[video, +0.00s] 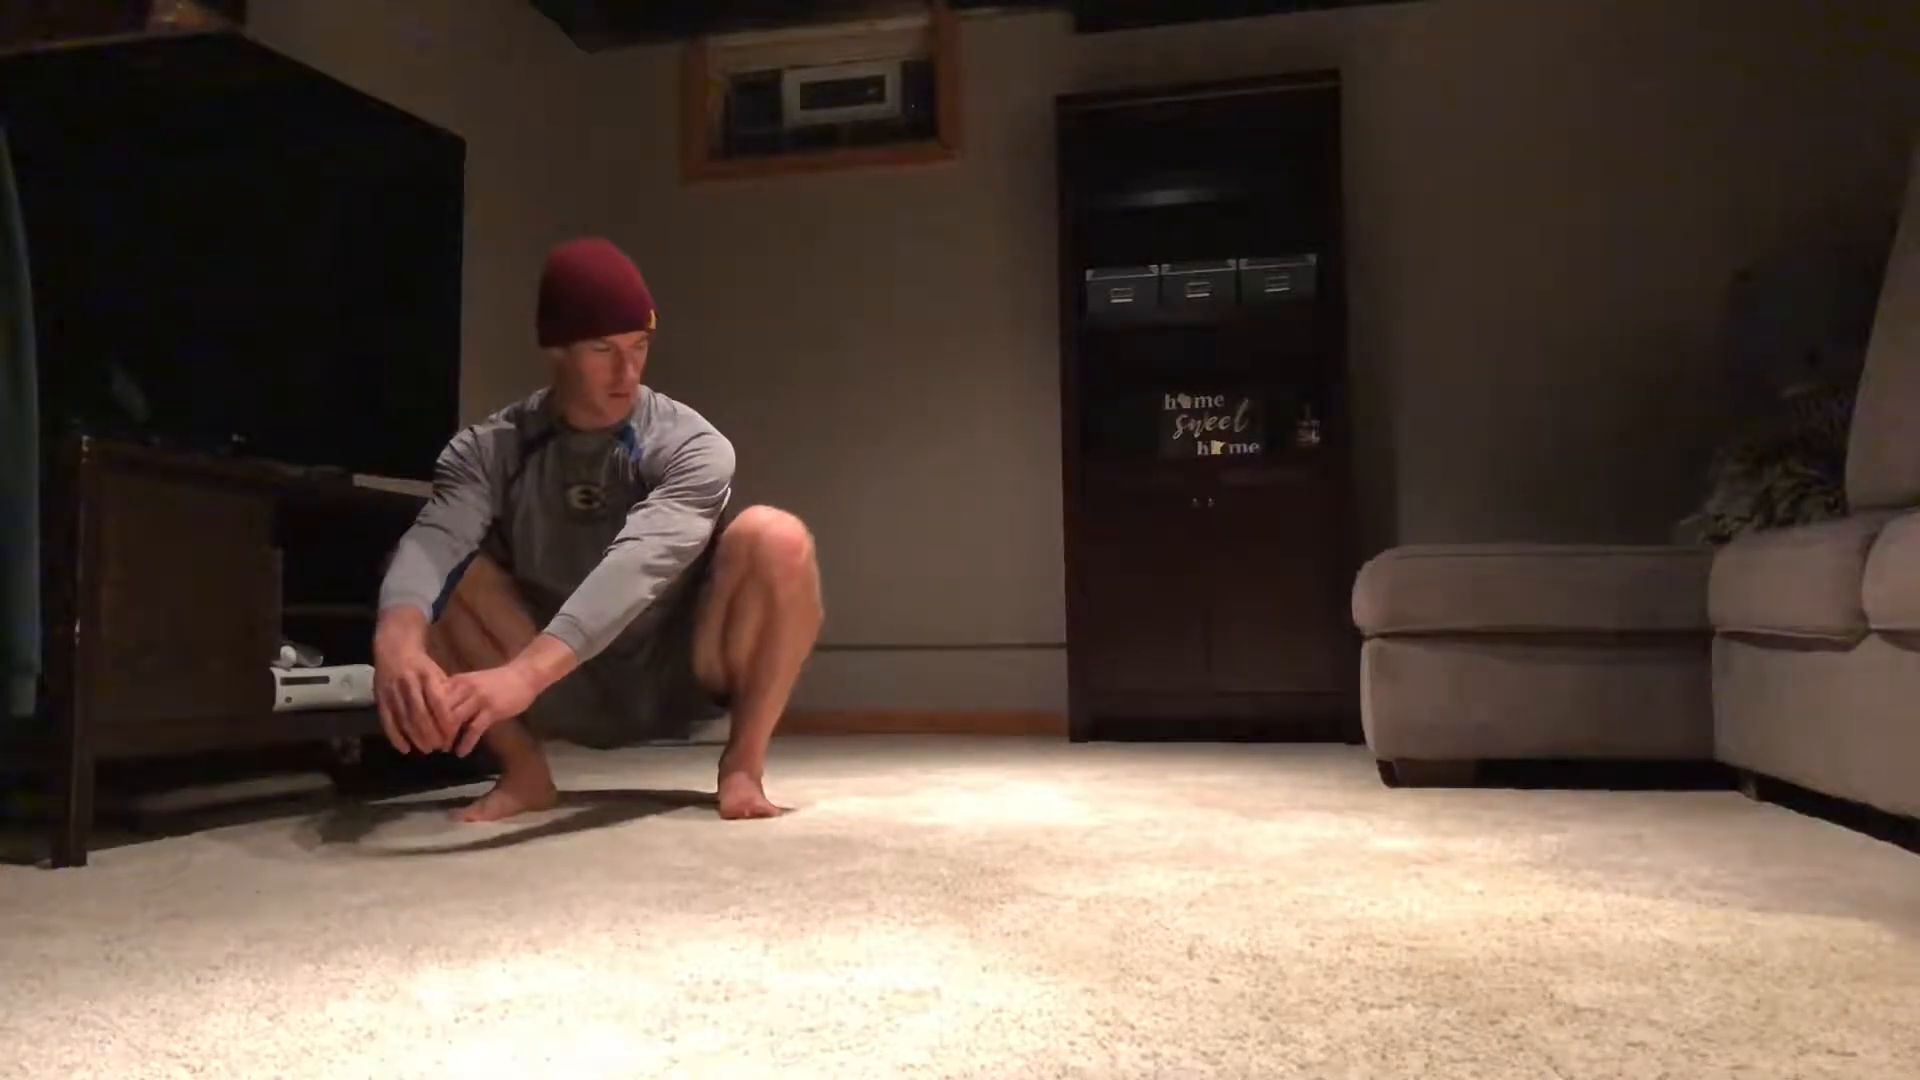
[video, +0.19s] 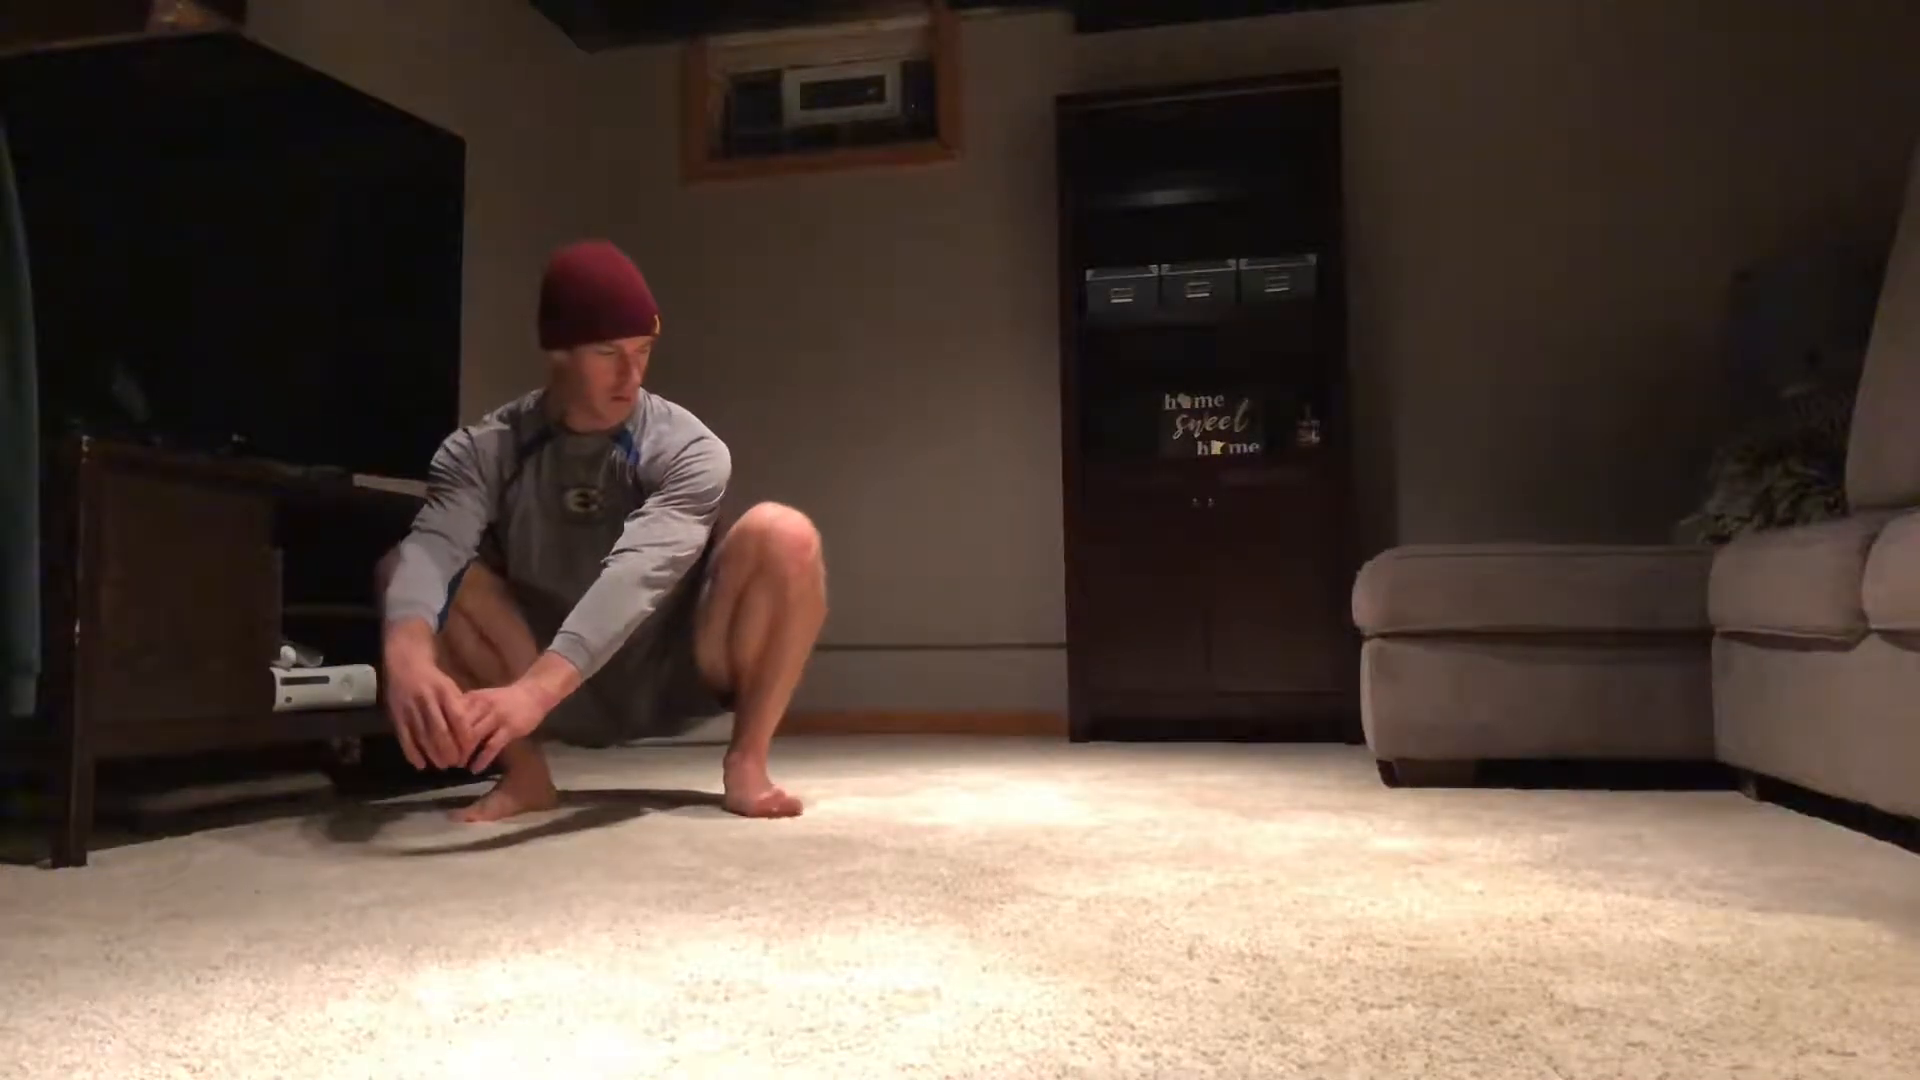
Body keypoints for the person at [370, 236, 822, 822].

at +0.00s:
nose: (627, 373)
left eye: (638, 349)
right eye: (603, 351)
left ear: (651, 341)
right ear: (554, 350)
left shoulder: (694, 450)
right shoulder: (487, 449)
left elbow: (636, 570)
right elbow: (430, 543)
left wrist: (522, 675)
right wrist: (396, 643)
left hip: (677, 673)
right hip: (569, 685)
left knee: (776, 537)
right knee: (445, 573)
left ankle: (746, 766)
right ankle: (523, 774)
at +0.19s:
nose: (631, 377)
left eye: (641, 353)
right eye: (609, 355)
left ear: (653, 343)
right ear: (557, 351)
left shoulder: (691, 453)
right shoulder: (481, 450)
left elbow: (635, 579)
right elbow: (429, 549)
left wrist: (534, 691)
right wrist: (406, 658)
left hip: (669, 672)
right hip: (560, 687)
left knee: (785, 534)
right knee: (422, 572)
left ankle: (749, 763)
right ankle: (525, 776)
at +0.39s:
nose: (631, 379)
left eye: (641, 358)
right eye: (610, 359)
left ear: (650, 353)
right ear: (555, 356)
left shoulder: (684, 458)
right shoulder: (471, 455)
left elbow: (636, 590)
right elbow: (430, 563)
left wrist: (548, 710)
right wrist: (423, 680)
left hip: (658, 667)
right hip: (539, 672)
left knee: (793, 533)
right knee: (397, 577)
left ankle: (752, 768)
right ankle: (521, 775)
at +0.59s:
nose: (629, 387)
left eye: (639, 367)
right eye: (608, 368)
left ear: (650, 362)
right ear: (554, 362)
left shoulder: (682, 465)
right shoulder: (466, 461)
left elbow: (639, 607)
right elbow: (429, 578)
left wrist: (560, 732)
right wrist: (439, 699)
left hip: (649, 668)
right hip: (533, 672)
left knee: (797, 532)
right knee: (390, 584)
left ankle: (754, 770)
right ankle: (511, 772)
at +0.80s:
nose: (634, 398)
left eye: (646, 378)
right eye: (614, 379)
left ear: (658, 374)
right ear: (560, 372)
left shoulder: (689, 476)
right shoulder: (472, 466)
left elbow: (654, 618)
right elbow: (440, 596)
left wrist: (587, 750)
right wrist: (476, 729)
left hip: (659, 669)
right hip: (541, 671)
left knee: (800, 531)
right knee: (390, 586)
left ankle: (753, 770)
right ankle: (510, 766)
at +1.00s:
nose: (650, 410)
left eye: (664, 390)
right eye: (630, 391)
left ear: (676, 383)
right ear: (578, 384)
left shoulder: (702, 484)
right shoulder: (487, 471)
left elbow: (687, 625)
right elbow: (473, 608)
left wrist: (647, 745)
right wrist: (537, 743)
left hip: (659, 676)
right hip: (549, 678)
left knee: (805, 531)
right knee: (399, 583)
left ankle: (755, 768)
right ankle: (530, 772)